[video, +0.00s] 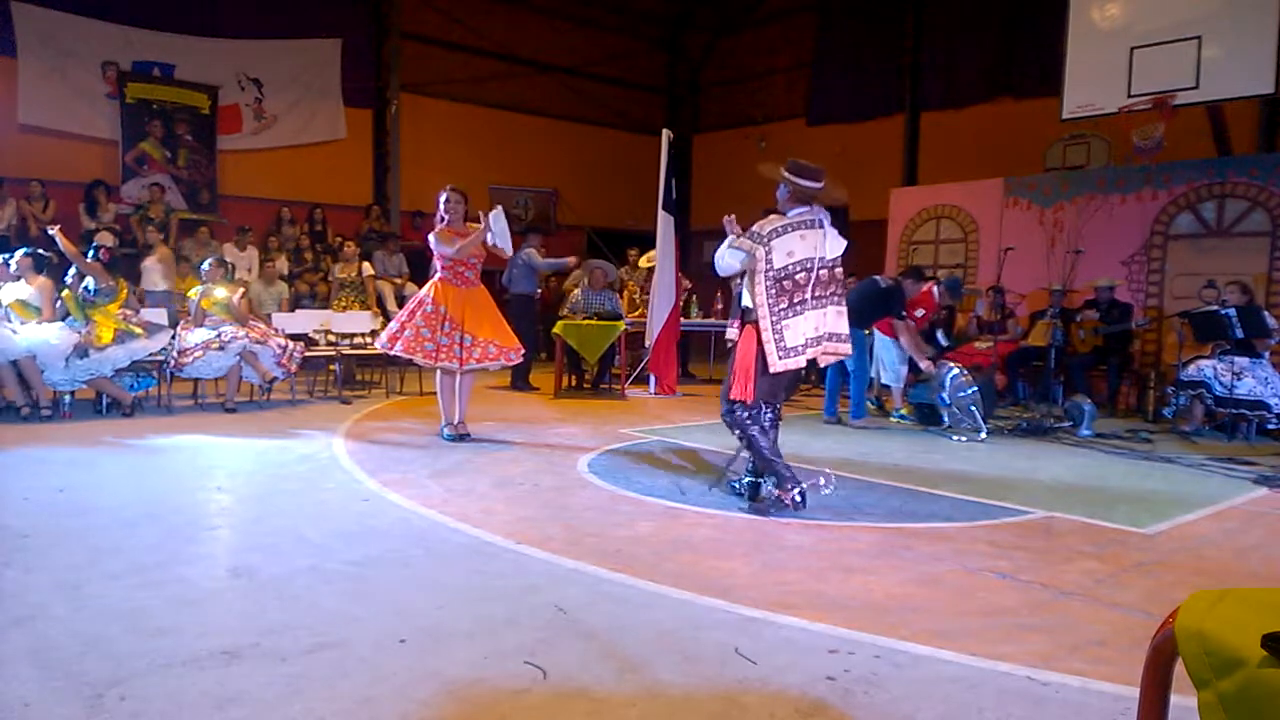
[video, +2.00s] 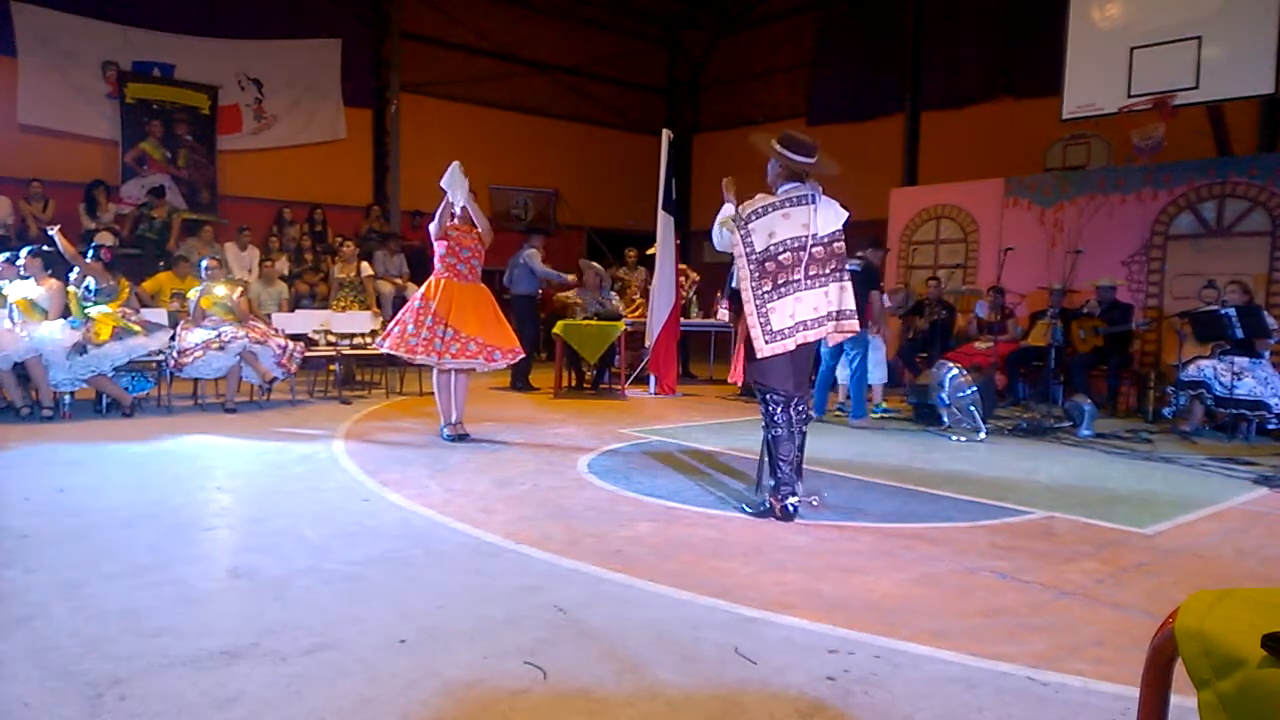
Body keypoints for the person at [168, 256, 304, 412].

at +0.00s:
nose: (205, 271)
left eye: (210, 268)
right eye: (205, 268)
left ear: (222, 271)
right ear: (202, 272)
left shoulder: (237, 291)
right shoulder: (197, 293)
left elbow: (244, 320)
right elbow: (197, 323)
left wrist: (231, 304)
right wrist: (201, 299)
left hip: (233, 327)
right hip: (207, 328)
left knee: (236, 355)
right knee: (236, 339)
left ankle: (230, 399)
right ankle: (264, 374)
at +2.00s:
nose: (210, 273)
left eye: (214, 269)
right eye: (206, 269)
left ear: (223, 270)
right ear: (201, 273)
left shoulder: (236, 289)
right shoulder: (197, 293)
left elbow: (245, 317)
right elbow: (196, 321)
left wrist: (233, 303)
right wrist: (201, 299)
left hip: (233, 328)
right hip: (207, 330)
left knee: (236, 357)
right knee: (238, 342)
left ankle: (230, 400)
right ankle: (264, 374)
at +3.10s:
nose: (207, 273)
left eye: (211, 268)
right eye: (204, 269)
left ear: (221, 269)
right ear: (200, 272)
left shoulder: (235, 288)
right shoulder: (196, 292)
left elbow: (246, 314)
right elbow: (194, 319)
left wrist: (232, 302)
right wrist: (195, 294)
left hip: (232, 326)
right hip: (208, 328)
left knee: (236, 357)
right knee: (239, 342)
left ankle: (230, 400)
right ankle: (265, 375)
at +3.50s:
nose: (207, 273)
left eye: (211, 268)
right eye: (203, 270)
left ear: (221, 269)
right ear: (200, 274)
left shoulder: (235, 289)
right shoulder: (199, 294)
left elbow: (246, 313)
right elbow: (192, 319)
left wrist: (229, 299)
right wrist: (192, 293)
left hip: (233, 327)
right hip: (208, 329)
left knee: (236, 358)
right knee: (238, 341)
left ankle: (229, 400)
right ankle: (264, 374)